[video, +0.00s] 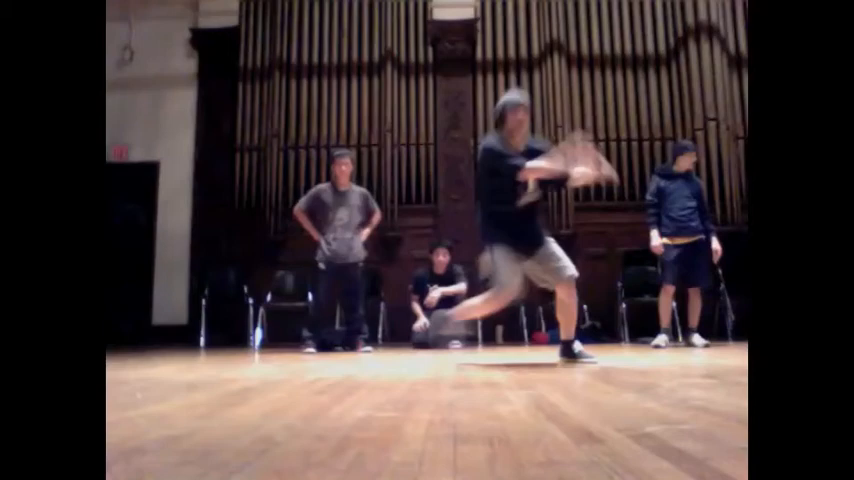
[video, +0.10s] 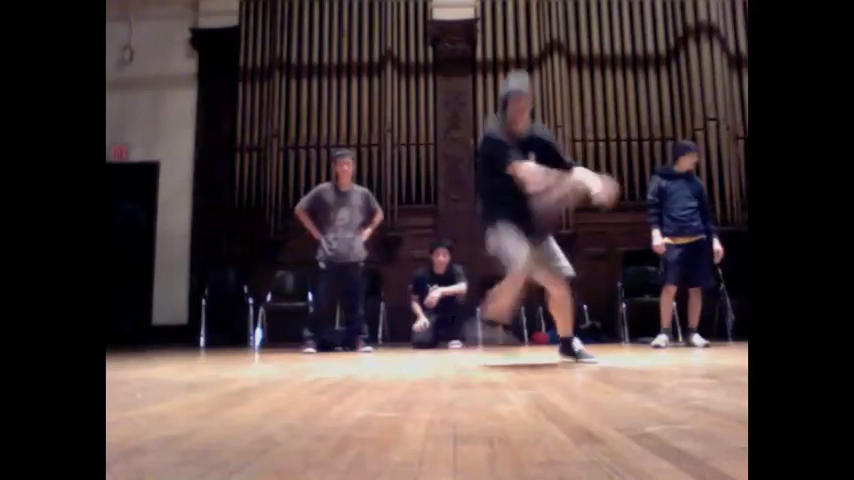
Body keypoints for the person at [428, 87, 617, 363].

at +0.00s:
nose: (519, 119)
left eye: (523, 113)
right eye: (513, 114)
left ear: (529, 117)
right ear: (502, 118)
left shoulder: (536, 150)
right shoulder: (491, 151)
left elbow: (557, 176)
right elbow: (523, 171)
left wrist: (588, 173)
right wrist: (566, 170)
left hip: (531, 233)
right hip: (500, 235)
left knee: (566, 279)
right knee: (506, 291)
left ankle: (568, 345)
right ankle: (446, 319)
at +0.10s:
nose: (519, 110)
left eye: (524, 104)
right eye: (514, 104)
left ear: (530, 106)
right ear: (504, 106)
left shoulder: (538, 139)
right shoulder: (494, 140)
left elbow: (567, 169)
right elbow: (527, 176)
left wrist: (594, 183)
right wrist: (566, 182)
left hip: (532, 226)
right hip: (500, 223)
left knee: (559, 281)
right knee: (521, 263)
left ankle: (567, 341)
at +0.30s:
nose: (529, 83)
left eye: (530, 77)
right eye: (524, 76)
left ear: (528, 82)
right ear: (508, 81)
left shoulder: (525, 121)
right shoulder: (489, 116)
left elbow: (532, 170)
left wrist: (554, 198)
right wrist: (419, 194)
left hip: (532, 206)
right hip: (509, 209)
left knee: (550, 272)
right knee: (556, 264)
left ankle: (510, 327)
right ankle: (553, 347)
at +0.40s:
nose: (524, 89)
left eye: (525, 82)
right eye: (519, 82)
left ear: (519, 88)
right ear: (502, 86)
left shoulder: (518, 126)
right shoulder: (483, 118)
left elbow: (528, 171)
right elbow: (431, 140)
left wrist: (551, 200)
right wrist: (401, 169)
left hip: (532, 212)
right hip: (505, 214)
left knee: (558, 275)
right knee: (541, 283)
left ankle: (552, 350)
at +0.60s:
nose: (490, 90)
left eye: (493, 83)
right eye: (484, 83)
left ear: (496, 86)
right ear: (469, 84)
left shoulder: (501, 123)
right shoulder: (446, 116)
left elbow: (522, 153)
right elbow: (432, 144)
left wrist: (543, 174)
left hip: (481, 218)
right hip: (446, 215)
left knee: (465, 291)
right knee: (442, 284)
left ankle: (415, 345)